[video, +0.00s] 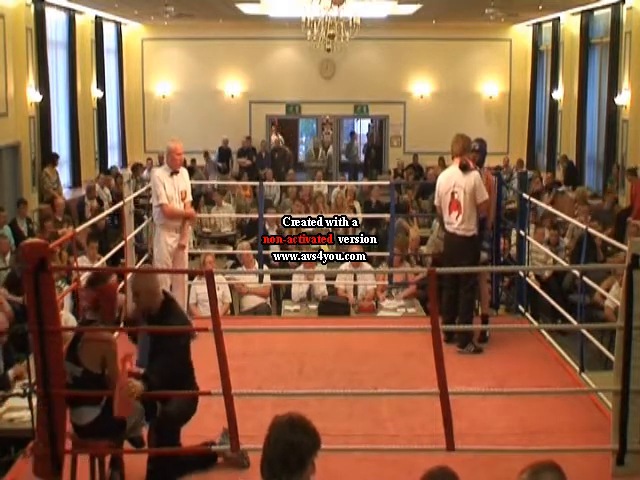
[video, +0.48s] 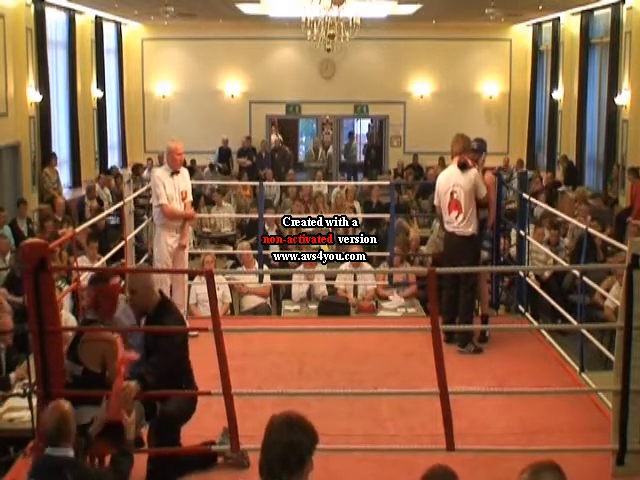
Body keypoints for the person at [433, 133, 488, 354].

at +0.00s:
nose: (470, 154)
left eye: (463, 150)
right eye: (470, 151)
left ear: (452, 152)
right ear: (469, 152)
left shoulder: (443, 176)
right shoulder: (474, 176)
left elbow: (438, 205)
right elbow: (484, 205)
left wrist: (446, 224)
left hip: (450, 235)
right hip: (469, 236)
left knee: (449, 282)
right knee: (468, 284)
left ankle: (448, 327)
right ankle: (464, 334)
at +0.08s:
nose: (470, 154)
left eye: (463, 150)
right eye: (470, 151)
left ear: (452, 152)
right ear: (469, 151)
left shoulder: (443, 176)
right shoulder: (473, 175)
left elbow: (438, 205)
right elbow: (484, 203)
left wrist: (446, 224)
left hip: (450, 235)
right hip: (469, 236)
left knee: (449, 282)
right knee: (468, 284)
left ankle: (448, 327)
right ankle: (464, 334)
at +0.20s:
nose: (469, 154)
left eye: (465, 150)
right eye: (469, 151)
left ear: (452, 152)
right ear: (469, 152)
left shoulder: (443, 176)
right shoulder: (473, 175)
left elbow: (438, 205)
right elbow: (485, 197)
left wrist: (446, 225)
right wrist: (478, 174)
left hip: (450, 235)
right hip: (468, 236)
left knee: (449, 283)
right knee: (467, 284)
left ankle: (449, 327)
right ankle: (464, 334)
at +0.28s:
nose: (471, 155)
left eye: (468, 151)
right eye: (471, 151)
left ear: (452, 152)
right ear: (469, 152)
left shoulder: (442, 176)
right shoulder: (474, 175)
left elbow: (438, 206)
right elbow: (484, 197)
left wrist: (446, 225)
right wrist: (478, 173)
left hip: (450, 235)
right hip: (468, 236)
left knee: (449, 283)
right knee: (467, 285)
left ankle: (448, 327)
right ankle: (464, 335)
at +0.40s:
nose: (470, 155)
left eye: (467, 151)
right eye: (470, 151)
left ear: (452, 152)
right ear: (469, 152)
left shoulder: (442, 176)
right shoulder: (473, 175)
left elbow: (438, 205)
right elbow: (484, 197)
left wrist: (446, 225)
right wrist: (477, 172)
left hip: (449, 235)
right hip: (468, 236)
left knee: (449, 282)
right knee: (467, 284)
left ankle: (449, 327)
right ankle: (464, 334)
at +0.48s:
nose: (471, 155)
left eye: (468, 151)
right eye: (470, 151)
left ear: (452, 152)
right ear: (468, 152)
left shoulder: (442, 176)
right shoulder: (473, 175)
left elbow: (437, 205)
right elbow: (484, 197)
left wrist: (445, 224)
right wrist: (477, 173)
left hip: (449, 235)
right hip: (468, 236)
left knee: (449, 283)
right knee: (467, 284)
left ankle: (449, 327)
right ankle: (464, 335)